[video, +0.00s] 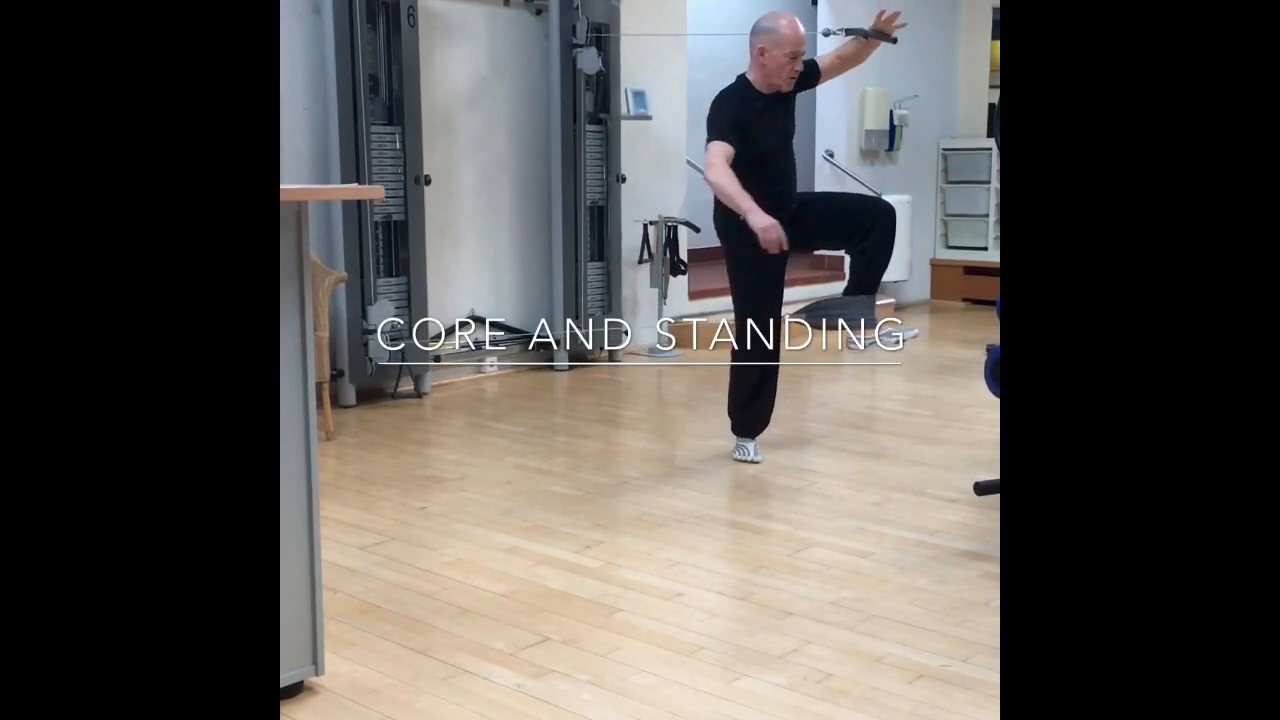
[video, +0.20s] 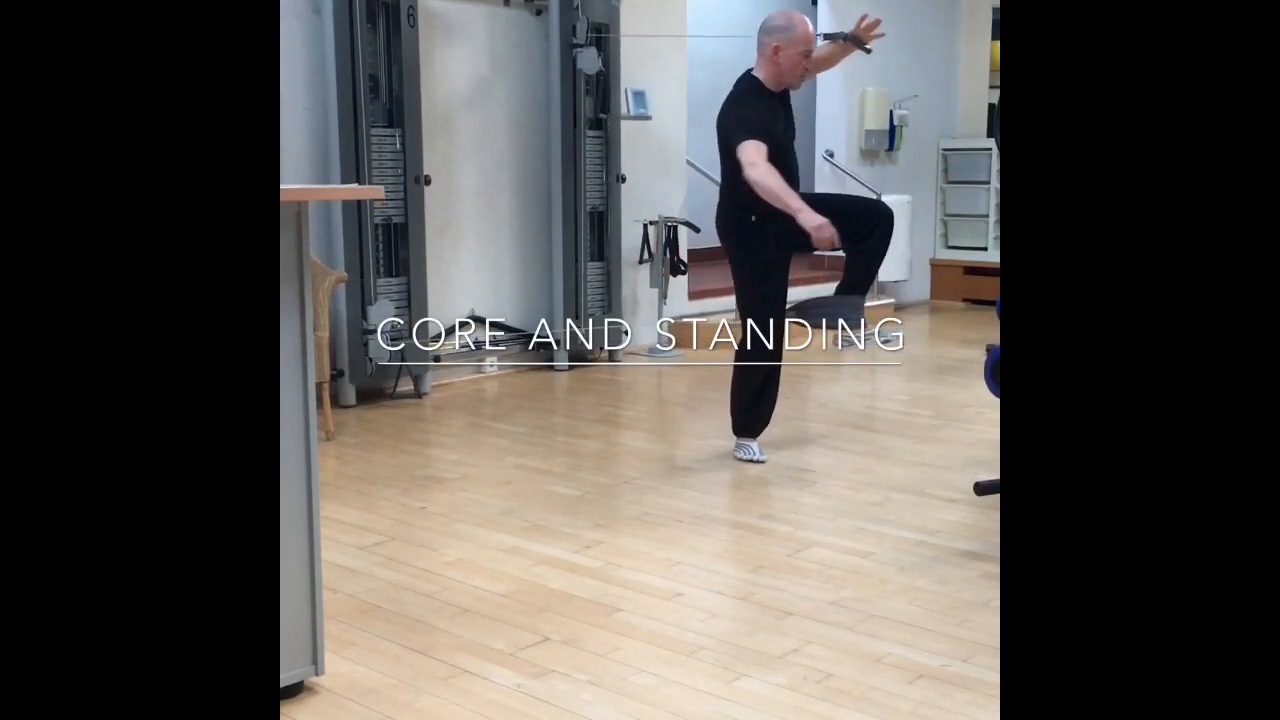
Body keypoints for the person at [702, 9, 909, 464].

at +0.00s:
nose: (802, 65)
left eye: (803, 56)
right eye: (794, 57)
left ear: (771, 55)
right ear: (761, 54)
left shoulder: (788, 82)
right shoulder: (731, 104)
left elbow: (839, 61)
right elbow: (715, 170)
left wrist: (875, 36)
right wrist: (755, 215)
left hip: (791, 213)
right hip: (748, 227)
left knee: (877, 216)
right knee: (758, 328)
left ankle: (856, 314)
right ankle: (745, 433)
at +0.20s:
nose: (810, 63)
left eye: (810, 56)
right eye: (804, 56)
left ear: (779, 53)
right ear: (774, 53)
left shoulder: (774, 84)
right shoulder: (746, 104)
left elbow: (814, 62)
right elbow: (755, 169)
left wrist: (852, 40)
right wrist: (805, 214)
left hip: (787, 211)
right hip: (751, 225)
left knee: (876, 217)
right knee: (762, 329)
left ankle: (845, 306)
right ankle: (746, 434)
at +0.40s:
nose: (816, 65)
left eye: (818, 57)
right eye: (813, 56)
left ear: (785, 50)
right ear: (788, 50)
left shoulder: (757, 81)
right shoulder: (760, 98)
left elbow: (796, 54)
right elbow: (802, 160)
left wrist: (825, 38)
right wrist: (866, 197)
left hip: (786, 214)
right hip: (757, 227)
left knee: (867, 221)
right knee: (766, 330)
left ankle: (829, 310)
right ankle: (747, 435)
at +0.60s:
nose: (819, 61)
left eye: (821, 51)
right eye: (818, 52)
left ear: (781, 48)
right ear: (798, 49)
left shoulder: (745, 79)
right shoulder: (780, 100)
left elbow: (773, 59)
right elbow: (836, 149)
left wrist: (813, 36)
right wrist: (911, 175)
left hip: (776, 212)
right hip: (764, 228)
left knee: (856, 224)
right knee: (771, 332)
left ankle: (813, 311)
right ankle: (747, 435)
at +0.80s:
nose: (828, 61)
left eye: (828, 53)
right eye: (827, 52)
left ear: (787, 47)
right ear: (815, 49)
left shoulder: (746, 83)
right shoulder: (808, 102)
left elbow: (737, 76)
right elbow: (873, 145)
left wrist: (780, 54)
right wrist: (950, 160)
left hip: (740, 211)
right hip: (770, 222)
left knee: (827, 227)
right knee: (774, 326)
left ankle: (772, 314)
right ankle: (746, 431)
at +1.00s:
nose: (835, 59)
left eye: (832, 53)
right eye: (837, 53)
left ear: (791, 49)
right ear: (833, 54)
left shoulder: (754, 87)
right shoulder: (837, 105)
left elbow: (716, 94)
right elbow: (912, 137)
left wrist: (761, 70)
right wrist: (969, 127)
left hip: (734, 219)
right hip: (782, 231)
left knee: (761, 246)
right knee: (776, 331)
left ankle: (746, 313)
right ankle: (748, 431)